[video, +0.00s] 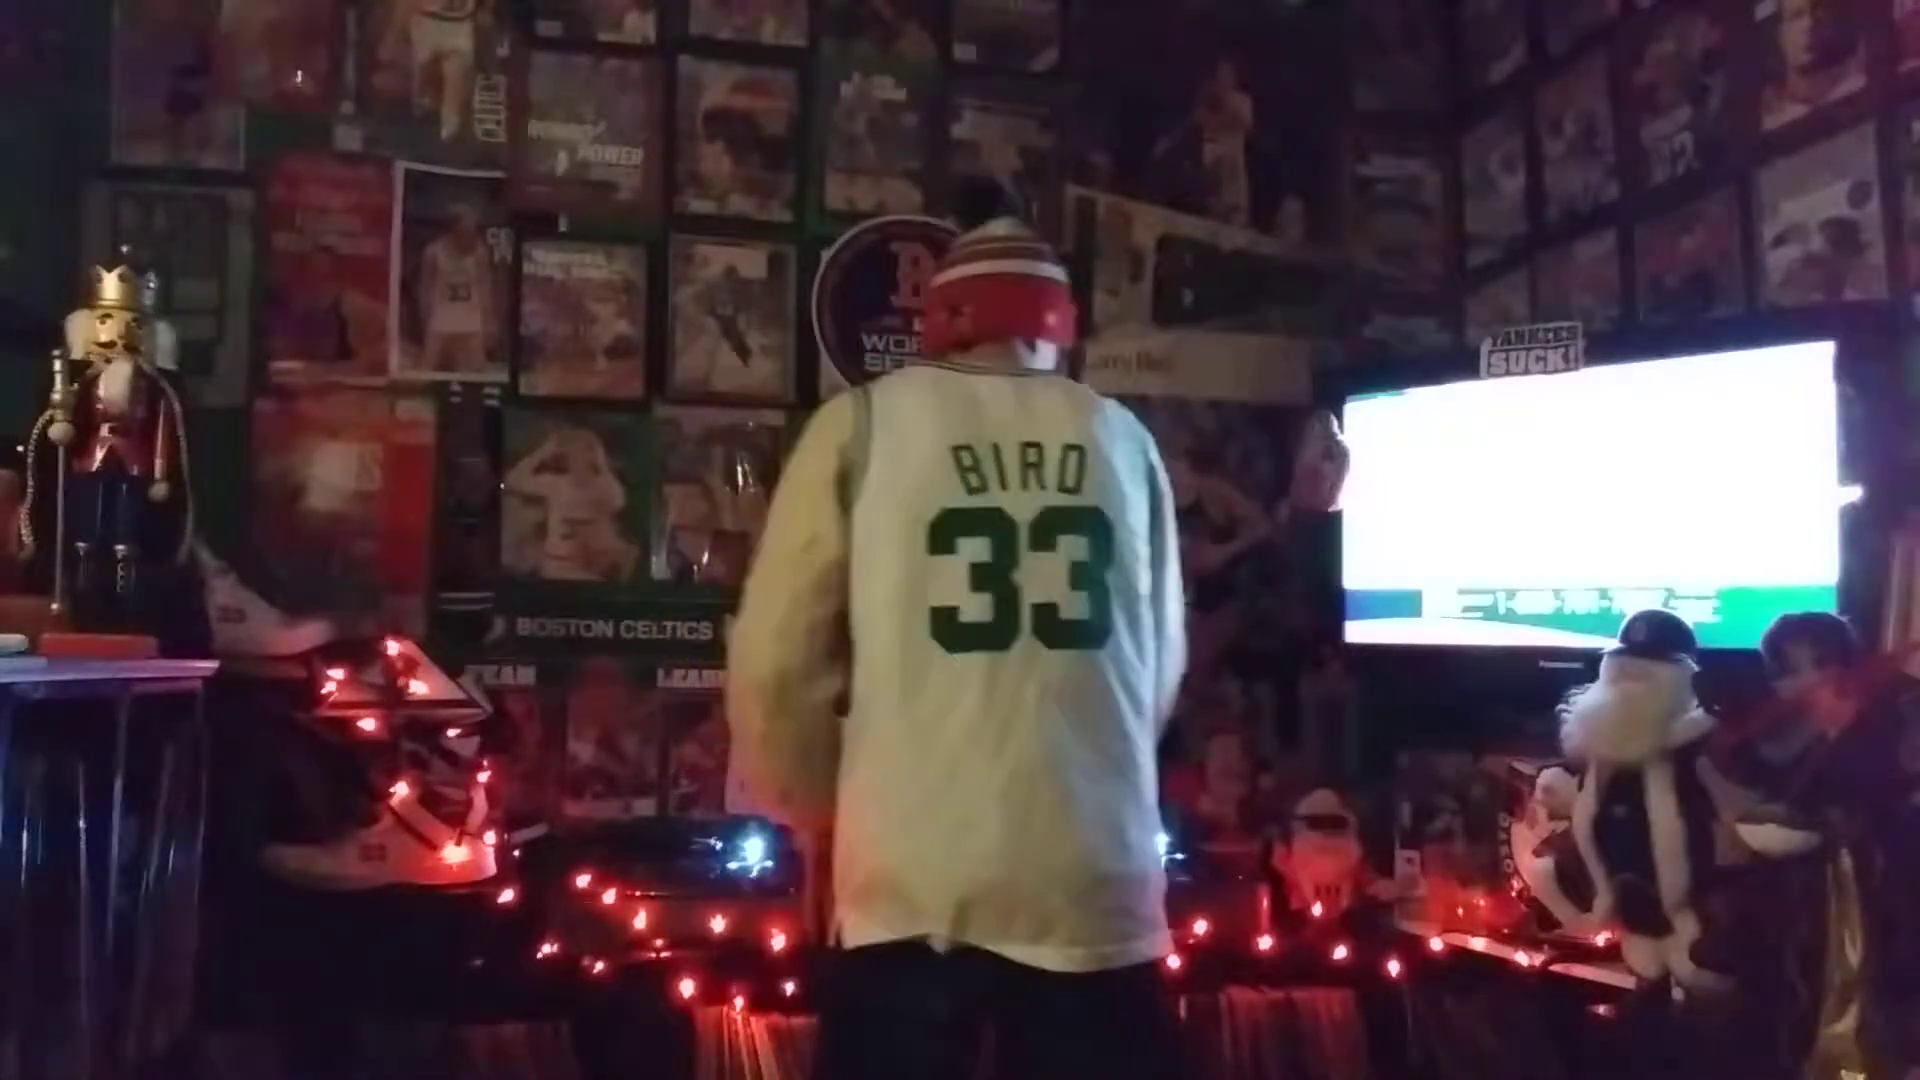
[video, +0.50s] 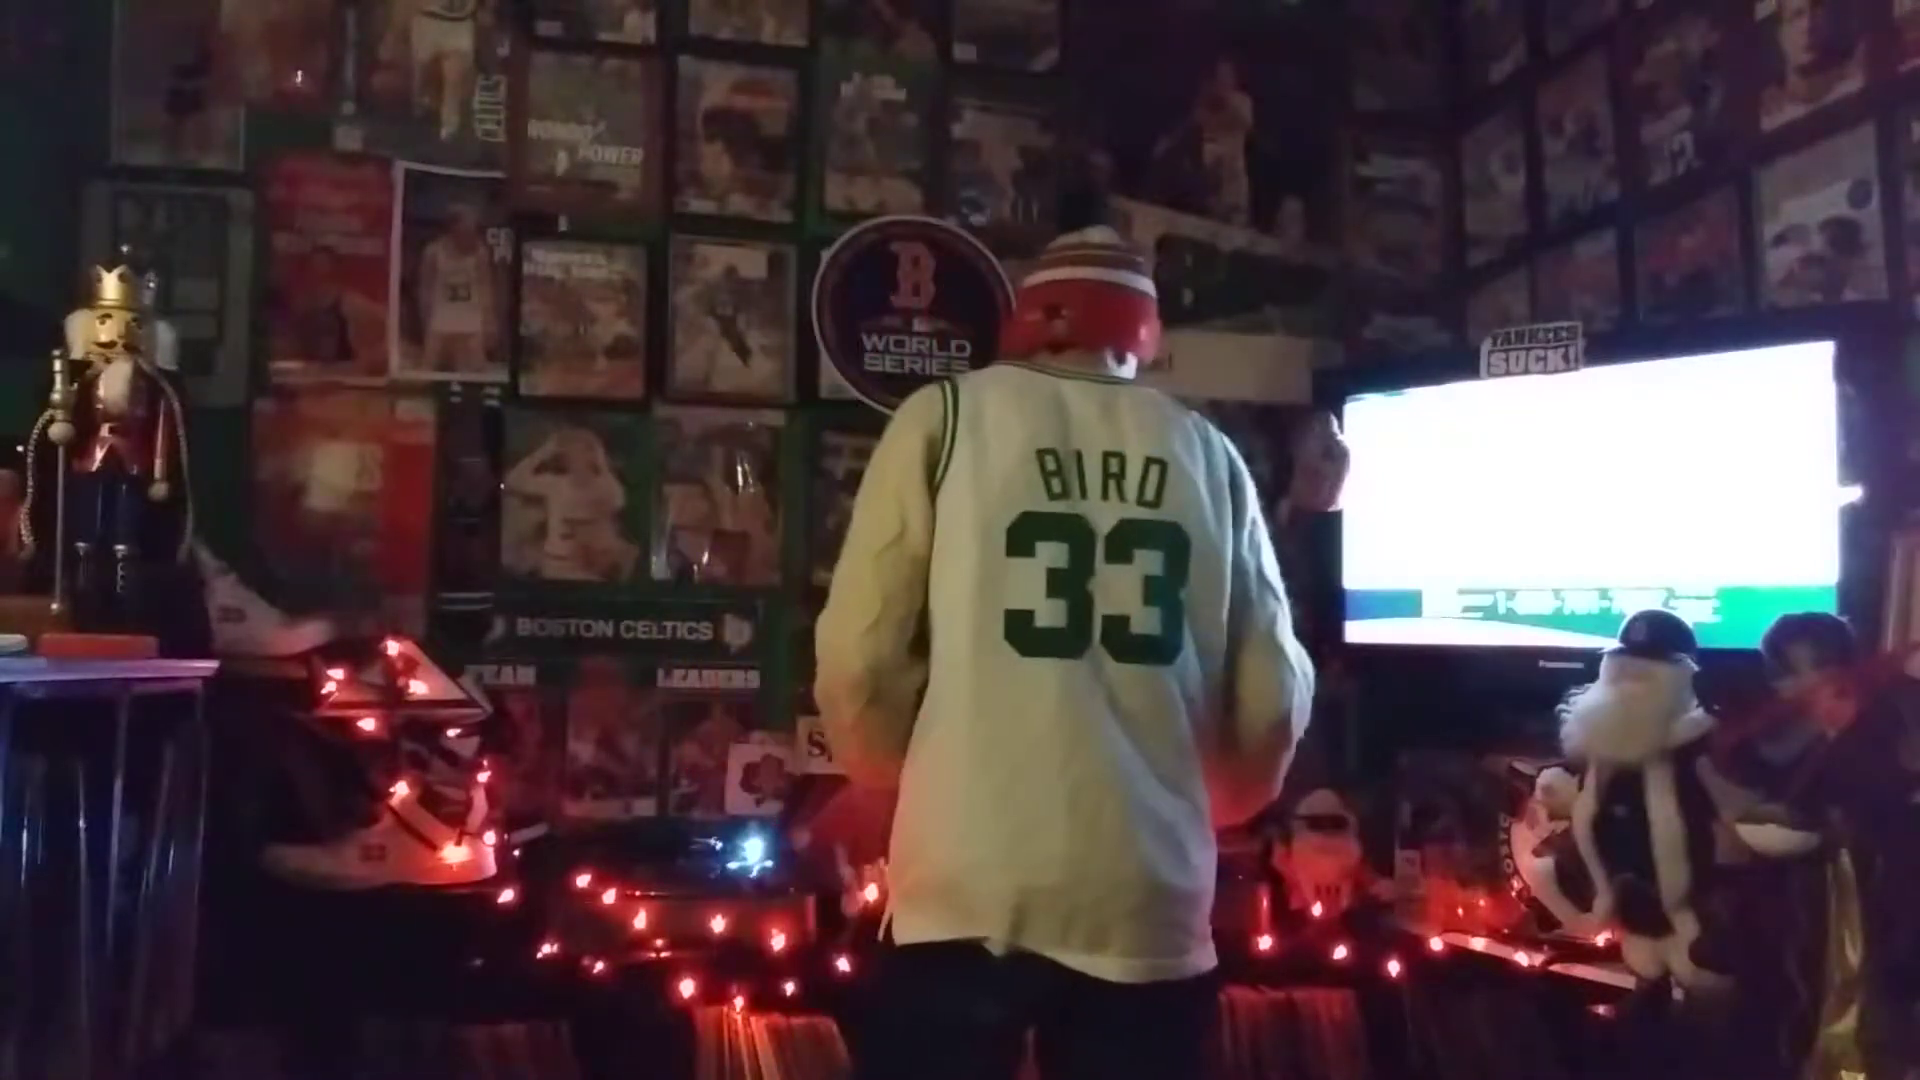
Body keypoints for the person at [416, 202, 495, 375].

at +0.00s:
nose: (467, 237)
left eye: (470, 232)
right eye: (462, 232)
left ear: (475, 232)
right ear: (452, 230)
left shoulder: (480, 252)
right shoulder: (435, 253)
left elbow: (486, 289)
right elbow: (426, 287)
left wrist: (489, 322)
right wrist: (427, 317)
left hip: (472, 328)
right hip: (440, 328)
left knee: (474, 380)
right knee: (433, 379)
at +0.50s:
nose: (466, 237)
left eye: (470, 231)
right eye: (462, 231)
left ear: (475, 231)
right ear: (452, 230)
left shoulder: (480, 253)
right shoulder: (434, 253)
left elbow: (486, 291)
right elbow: (425, 288)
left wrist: (490, 324)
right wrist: (427, 319)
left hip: (472, 330)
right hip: (440, 329)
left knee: (473, 382)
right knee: (434, 381)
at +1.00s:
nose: (467, 235)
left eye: (471, 230)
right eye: (463, 230)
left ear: (476, 230)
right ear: (453, 228)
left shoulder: (480, 252)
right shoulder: (434, 252)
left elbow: (486, 288)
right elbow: (425, 287)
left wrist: (489, 321)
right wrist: (426, 316)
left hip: (471, 327)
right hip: (440, 326)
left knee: (472, 378)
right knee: (432, 378)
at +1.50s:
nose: (467, 236)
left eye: (471, 231)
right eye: (463, 231)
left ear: (476, 231)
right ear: (453, 229)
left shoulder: (481, 253)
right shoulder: (433, 253)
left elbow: (486, 291)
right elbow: (425, 288)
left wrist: (490, 325)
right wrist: (427, 317)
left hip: (471, 324)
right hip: (440, 324)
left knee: (473, 376)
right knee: (433, 376)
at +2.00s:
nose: (466, 237)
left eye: (470, 232)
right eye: (462, 231)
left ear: (475, 231)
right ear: (453, 229)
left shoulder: (480, 252)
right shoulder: (434, 252)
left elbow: (486, 287)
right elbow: (426, 285)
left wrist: (488, 320)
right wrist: (425, 312)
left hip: (471, 324)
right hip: (440, 323)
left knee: (473, 375)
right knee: (433, 375)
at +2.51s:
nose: (467, 236)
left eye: (471, 231)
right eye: (463, 231)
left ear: (476, 231)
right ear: (453, 230)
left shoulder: (480, 253)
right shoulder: (433, 253)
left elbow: (486, 289)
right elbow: (426, 289)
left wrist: (489, 322)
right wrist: (426, 320)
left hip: (472, 326)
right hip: (440, 326)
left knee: (473, 379)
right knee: (433, 379)